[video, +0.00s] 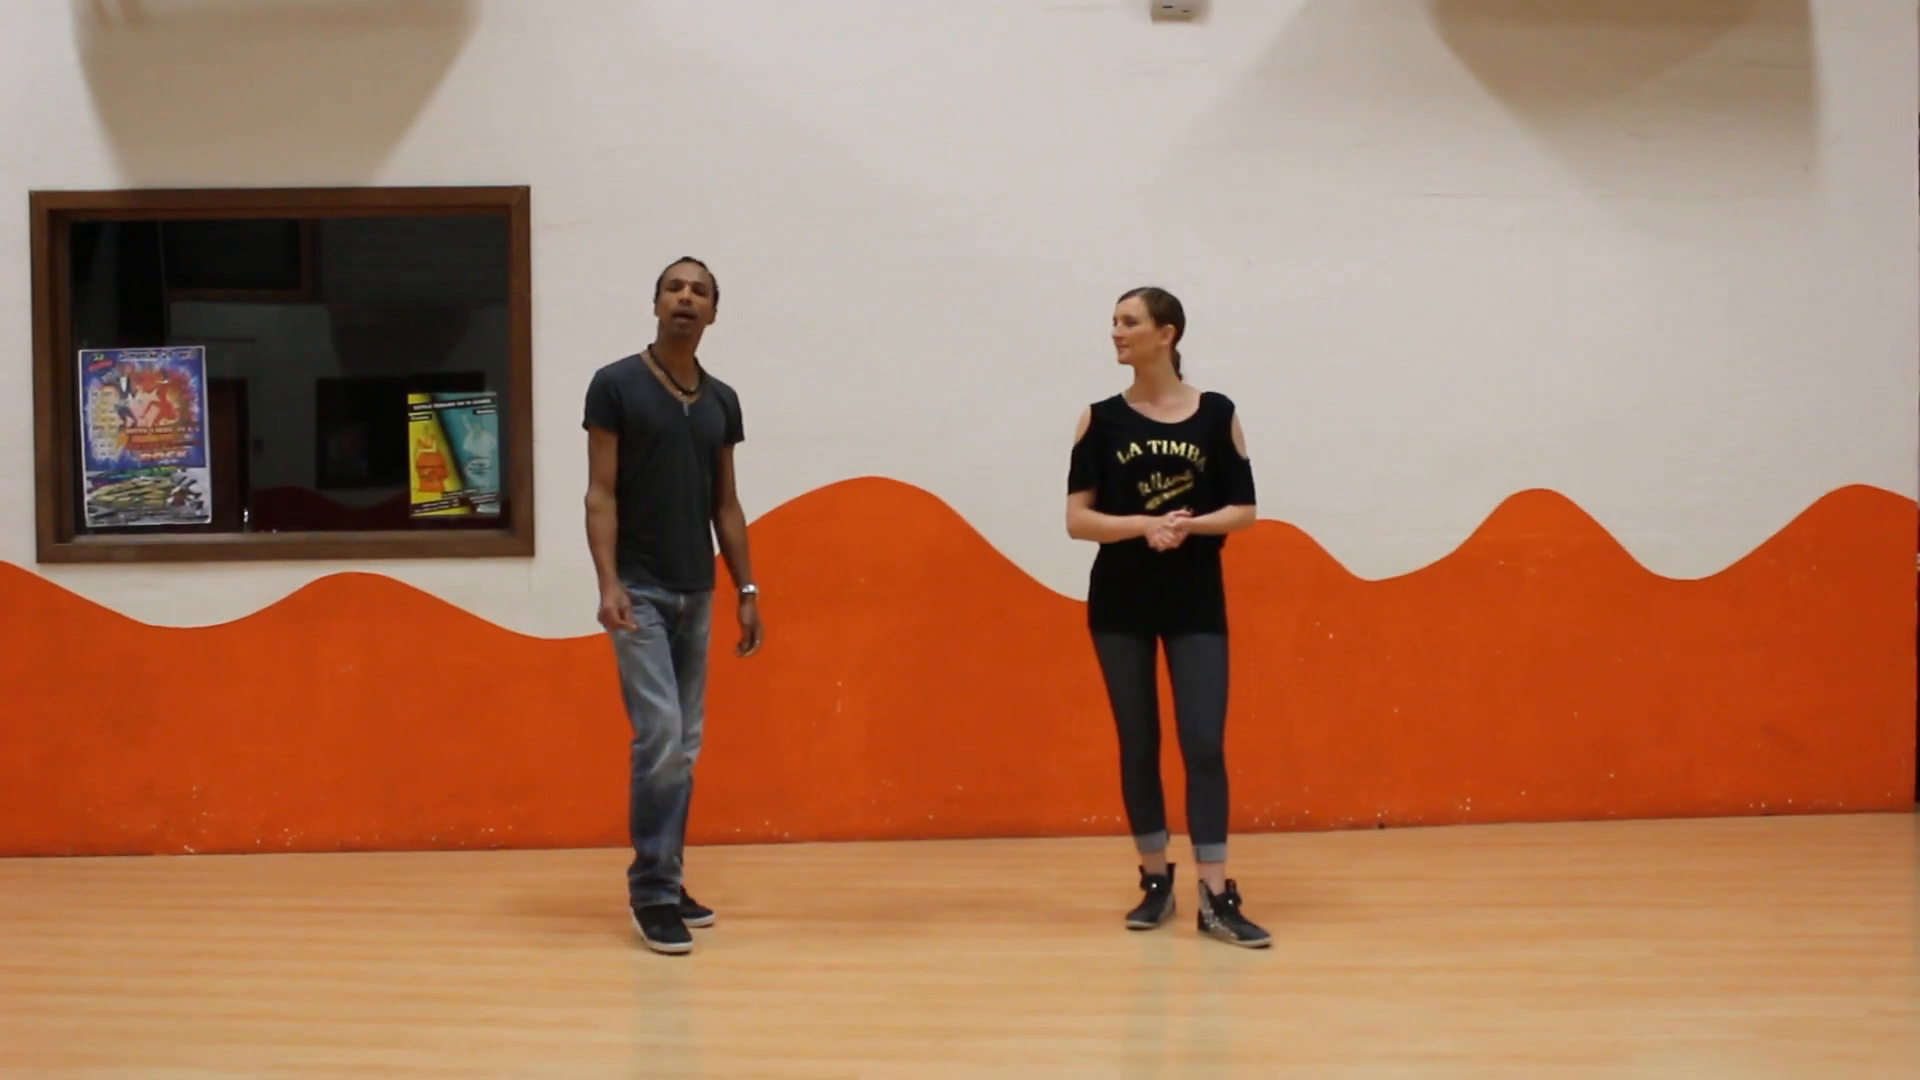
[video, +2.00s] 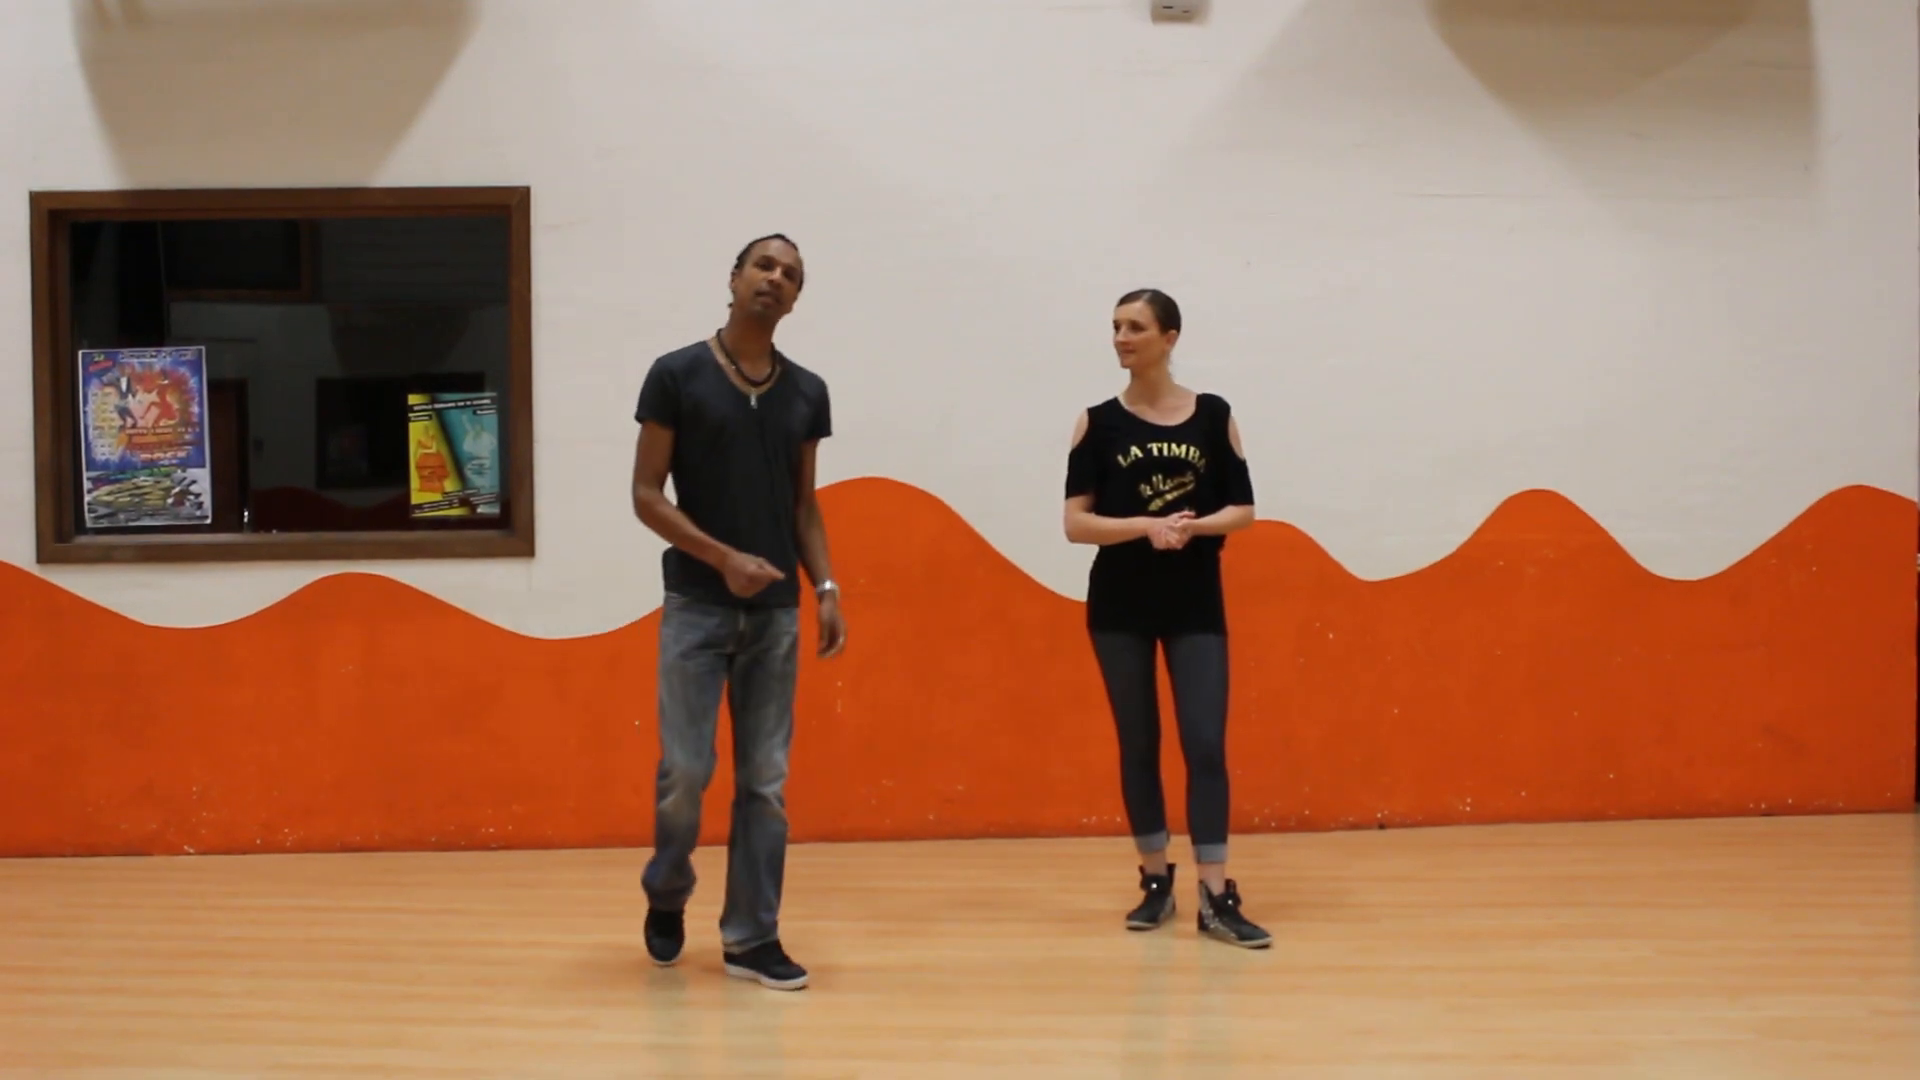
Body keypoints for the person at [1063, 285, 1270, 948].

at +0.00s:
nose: (1116, 333)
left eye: (1129, 322)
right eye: (1115, 323)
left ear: (1168, 333)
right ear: (1121, 336)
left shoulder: (1216, 413)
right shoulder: (1099, 420)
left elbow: (1243, 510)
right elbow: (1078, 519)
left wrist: (1191, 523)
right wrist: (1140, 525)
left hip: (1194, 599)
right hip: (1120, 600)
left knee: (1204, 747)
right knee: (1138, 745)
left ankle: (1216, 896)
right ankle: (1157, 883)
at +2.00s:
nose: (1121, 339)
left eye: (1134, 328)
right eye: (1117, 329)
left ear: (1169, 337)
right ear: (1114, 338)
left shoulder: (1212, 415)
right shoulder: (1096, 423)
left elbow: (1242, 510)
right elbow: (1076, 523)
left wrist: (1197, 524)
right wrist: (1142, 525)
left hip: (1194, 603)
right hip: (1120, 604)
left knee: (1205, 747)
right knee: (1138, 745)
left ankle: (1216, 896)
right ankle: (1157, 883)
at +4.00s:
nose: (1146, 336)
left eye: (1157, 325)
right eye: (1135, 326)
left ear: (1177, 337)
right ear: (1119, 338)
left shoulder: (1212, 413)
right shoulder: (1096, 424)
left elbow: (1244, 508)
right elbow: (1077, 524)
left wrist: (1198, 522)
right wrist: (1139, 521)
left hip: (1195, 602)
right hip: (1120, 604)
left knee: (1207, 747)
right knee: (1139, 746)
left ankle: (1216, 896)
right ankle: (1157, 883)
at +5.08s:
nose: (1137, 324)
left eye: (1150, 317)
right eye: (1140, 314)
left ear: (1186, 332)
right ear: (1171, 332)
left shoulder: (1198, 408)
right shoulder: (1160, 410)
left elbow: (1212, 508)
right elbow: (1170, 502)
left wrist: (1133, 522)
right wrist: (1124, 515)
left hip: (1212, 598)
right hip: (1172, 597)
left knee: (1216, 744)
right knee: (1171, 743)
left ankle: (1248, 884)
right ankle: (1167, 883)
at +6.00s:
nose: (1193, 340)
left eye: (1204, 328)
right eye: (1191, 328)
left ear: (1244, 330)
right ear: (1205, 333)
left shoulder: (1272, 414)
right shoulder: (1197, 413)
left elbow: (1285, 515)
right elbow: (1201, 501)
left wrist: (1198, 522)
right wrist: (1175, 516)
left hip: (1260, 606)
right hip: (1207, 602)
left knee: (1258, 745)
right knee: (1178, 744)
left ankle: (1252, 890)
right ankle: (1158, 890)